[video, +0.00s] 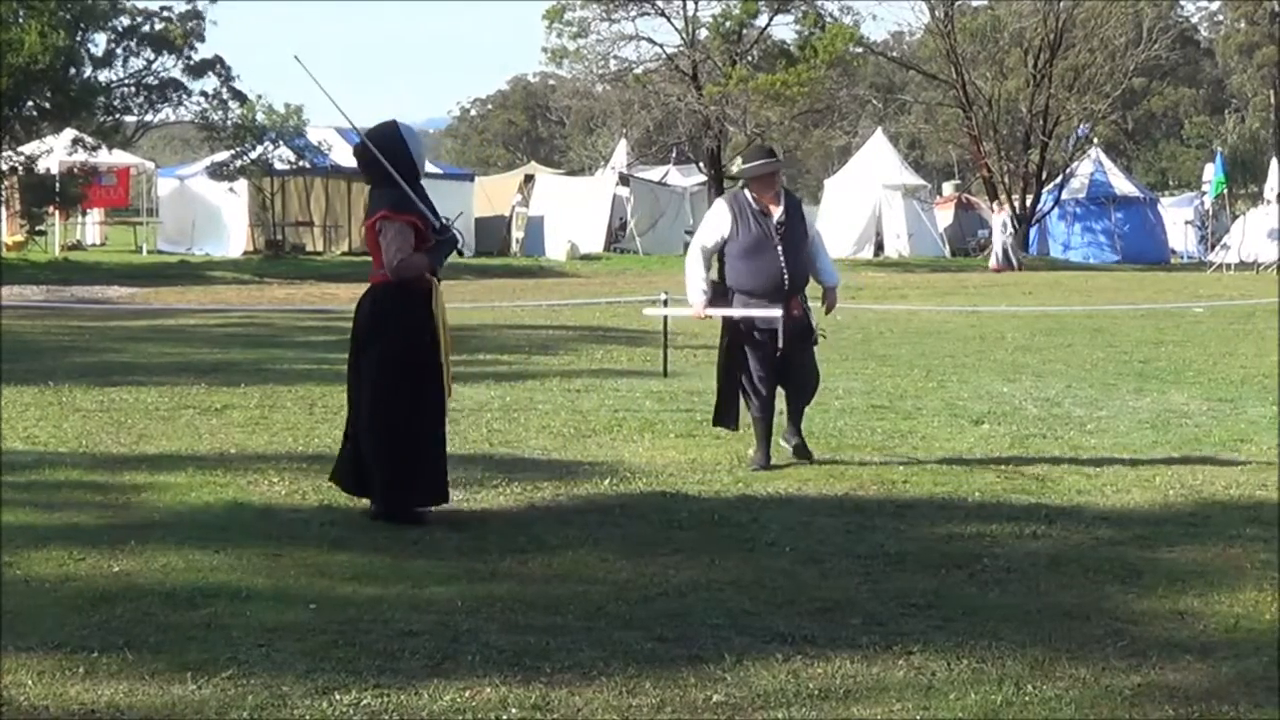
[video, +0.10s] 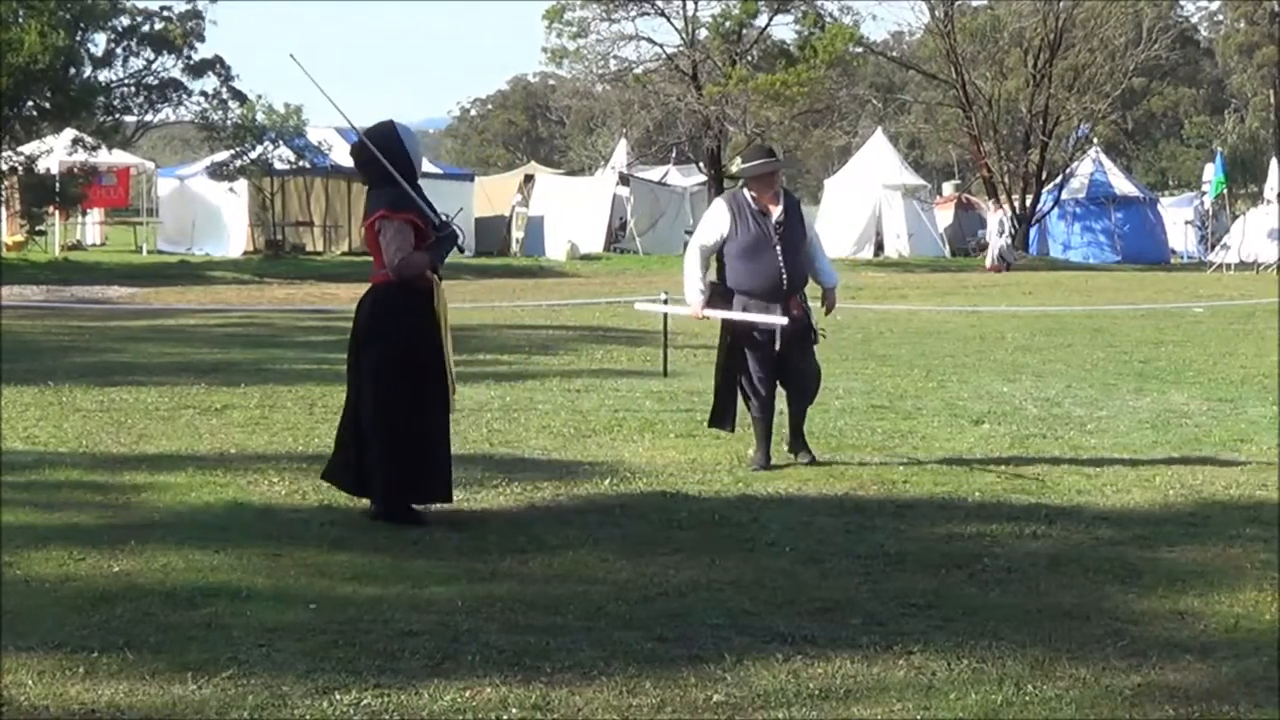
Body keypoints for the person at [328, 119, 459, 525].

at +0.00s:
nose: (419, 155)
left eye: (414, 147)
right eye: (412, 148)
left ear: (377, 160)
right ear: (401, 156)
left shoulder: (397, 200)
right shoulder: (394, 204)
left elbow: (405, 262)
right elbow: (399, 265)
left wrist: (435, 245)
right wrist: (438, 251)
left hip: (399, 309)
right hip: (395, 313)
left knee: (400, 399)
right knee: (400, 400)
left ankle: (394, 494)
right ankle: (397, 498)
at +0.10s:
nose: (418, 155)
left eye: (413, 147)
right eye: (411, 149)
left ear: (376, 161)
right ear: (398, 158)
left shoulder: (399, 201)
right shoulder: (393, 206)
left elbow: (405, 263)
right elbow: (400, 265)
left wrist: (434, 241)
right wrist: (437, 248)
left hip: (401, 310)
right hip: (394, 313)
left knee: (397, 399)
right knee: (397, 401)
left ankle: (391, 494)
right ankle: (392, 497)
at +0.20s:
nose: (414, 157)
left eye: (410, 149)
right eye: (407, 150)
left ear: (373, 162)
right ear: (394, 159)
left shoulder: (396, 205)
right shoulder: (389, 209)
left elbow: (405, 260)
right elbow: (400, 263)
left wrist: (433, 242)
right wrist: (439, 249)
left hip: (401, 309)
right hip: (393, 313)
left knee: (400, 400)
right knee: (398, 401)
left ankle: (392, 495)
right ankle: (392, 498)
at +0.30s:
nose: (413, 153)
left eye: (408, 145)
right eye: (406, 146)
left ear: (371, 158)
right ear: (394, 155)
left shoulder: (391, 201)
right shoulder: (389, 204)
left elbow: (401, 258)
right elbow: (397, 260)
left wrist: (432, 242)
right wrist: (436, 248)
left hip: (396, 306)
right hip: (393, 310)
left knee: (397, 398)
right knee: (396, 399)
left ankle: (388, 493)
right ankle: (389, 496)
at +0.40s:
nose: (411, 154)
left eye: (407, 146)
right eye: (405, 147)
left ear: (367, 158)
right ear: (393, 155)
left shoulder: (385, 199)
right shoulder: (387, 202)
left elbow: (399, 257)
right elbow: (394, 260)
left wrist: (430, 243)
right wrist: (433, 248)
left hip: (389, 304)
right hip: (389, 309)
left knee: (389, 399)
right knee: (392, 399)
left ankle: (384, 492)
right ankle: (386, 496)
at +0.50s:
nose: (413, 158)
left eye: (409, 150)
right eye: (407, 151)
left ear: (368, 162)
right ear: (393, 158)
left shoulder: (383, 202)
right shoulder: (386, 206)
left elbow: (401, 264)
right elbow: (396, 266)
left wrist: (431, 247)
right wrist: (434, 250)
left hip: (383, 308)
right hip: (389, 313)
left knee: (387, 402)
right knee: (394, 403)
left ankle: (383, 492)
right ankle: (392, 498)